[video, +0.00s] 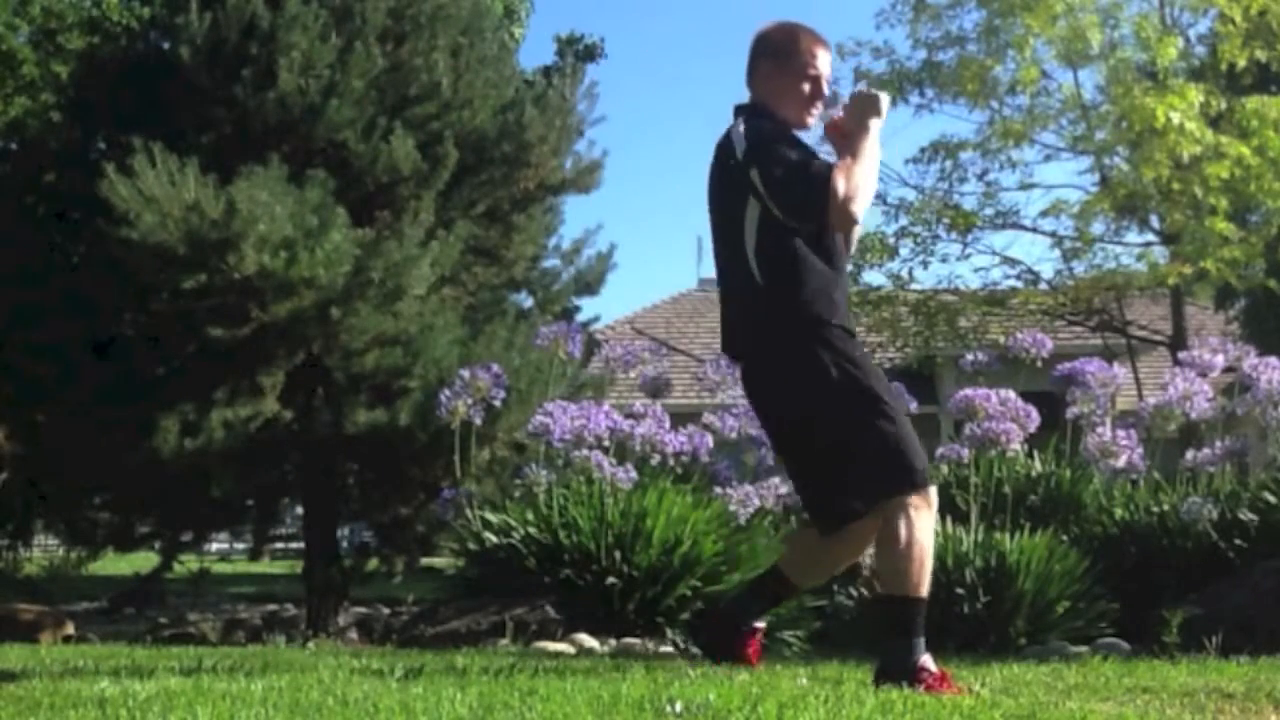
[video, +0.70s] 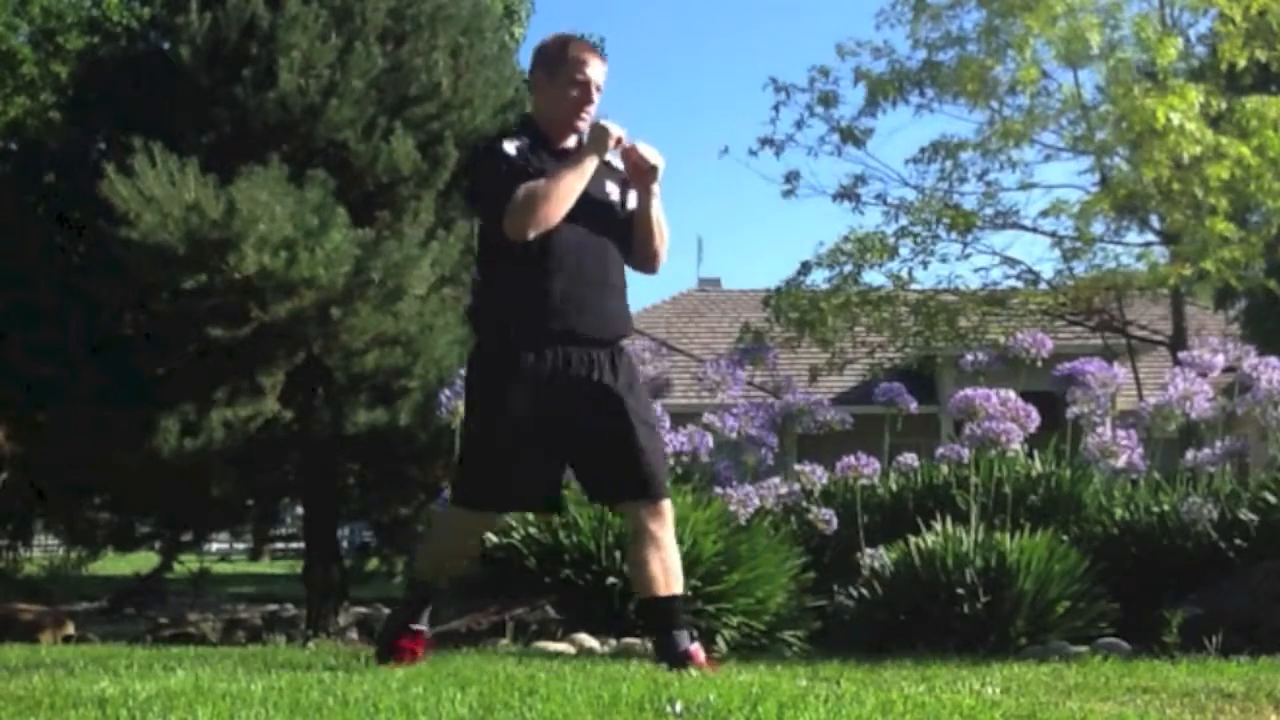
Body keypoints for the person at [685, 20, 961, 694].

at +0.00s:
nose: (821, 92)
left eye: (824, 81)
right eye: (810, 78)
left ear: (783, 83)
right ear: (766, 73)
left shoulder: (755, 142)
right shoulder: (762, 138)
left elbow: (834, 237)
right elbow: (840, 211)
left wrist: (845, 147)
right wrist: (866, 135)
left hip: (780, 351)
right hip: (812, 343)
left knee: (856, 519)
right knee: (908, 488)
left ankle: (735, 618)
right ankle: (905, 661)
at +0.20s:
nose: (768, 84)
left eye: (772, 73)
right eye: (756, 70)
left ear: (763, 79)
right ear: (711, 67)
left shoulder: (743, 149)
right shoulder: (683, 135)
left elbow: (809, 233)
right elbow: (741, 189)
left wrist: (810, 151)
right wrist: (778, 120)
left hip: (756, 341)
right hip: (724, 342)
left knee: (780, 508)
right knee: (807, 482)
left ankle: (697, 644)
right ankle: (860, 645)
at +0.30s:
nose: (737, 70)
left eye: (742, 60)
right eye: (725, 57)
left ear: (739, 65)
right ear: (682, 54)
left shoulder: (725, 141)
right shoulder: (645, 119)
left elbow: (787, 225)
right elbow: (682, 186)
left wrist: (785, 147)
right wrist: (742, 122)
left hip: (736, 324)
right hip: (677, 322)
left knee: (741, 480)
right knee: (762, 448)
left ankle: (694, 637)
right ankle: (778, 630)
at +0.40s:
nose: (704, 69)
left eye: (709, 59)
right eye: (691, 55)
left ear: (712, 69)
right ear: (651, 55)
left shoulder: (709, 143)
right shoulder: (611, 123)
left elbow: (760, 230)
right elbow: (633, 194)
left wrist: (757, 151)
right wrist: (705, 132)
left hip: (712, 329)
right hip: (644, 324)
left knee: (720, 489)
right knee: (709, 457)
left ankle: (690, 628)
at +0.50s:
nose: (669, 75)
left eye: (675, 66)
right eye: (655, 62)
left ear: (680, 75)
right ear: (616, 64)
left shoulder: (677, 154)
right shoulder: (575, 133)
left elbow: (729, 238)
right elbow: (598, 198)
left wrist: (723, 164)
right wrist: (667, 138)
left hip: (684, 338)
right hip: (611, 334)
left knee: (699, 495)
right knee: (636, 488)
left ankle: (686, 642)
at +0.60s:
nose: (630, 84)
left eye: (636, 74)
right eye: (617, 71)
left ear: (639, 80)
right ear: (575, 71)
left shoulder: (648, 156)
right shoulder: (539, 139)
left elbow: (687, 246)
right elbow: (563, 204)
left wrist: (683, 174)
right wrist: (630, 142)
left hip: (651, 346)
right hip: (569, 345)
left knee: (677, 496)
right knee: (553, 495)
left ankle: (679, 640)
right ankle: (455, 589)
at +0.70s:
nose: (588, 100)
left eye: (596, 90)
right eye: (576, 85)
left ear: (602, 98)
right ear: (536, 82)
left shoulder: (605, 173)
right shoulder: (499, 154)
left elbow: (648, 259)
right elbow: (523, 222)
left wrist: (646, 190)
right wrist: (592, 156)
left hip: (605, 363)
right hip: (517, 361)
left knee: (652, 504)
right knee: (473, 507)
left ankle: (678, 644)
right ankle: (409, 622)